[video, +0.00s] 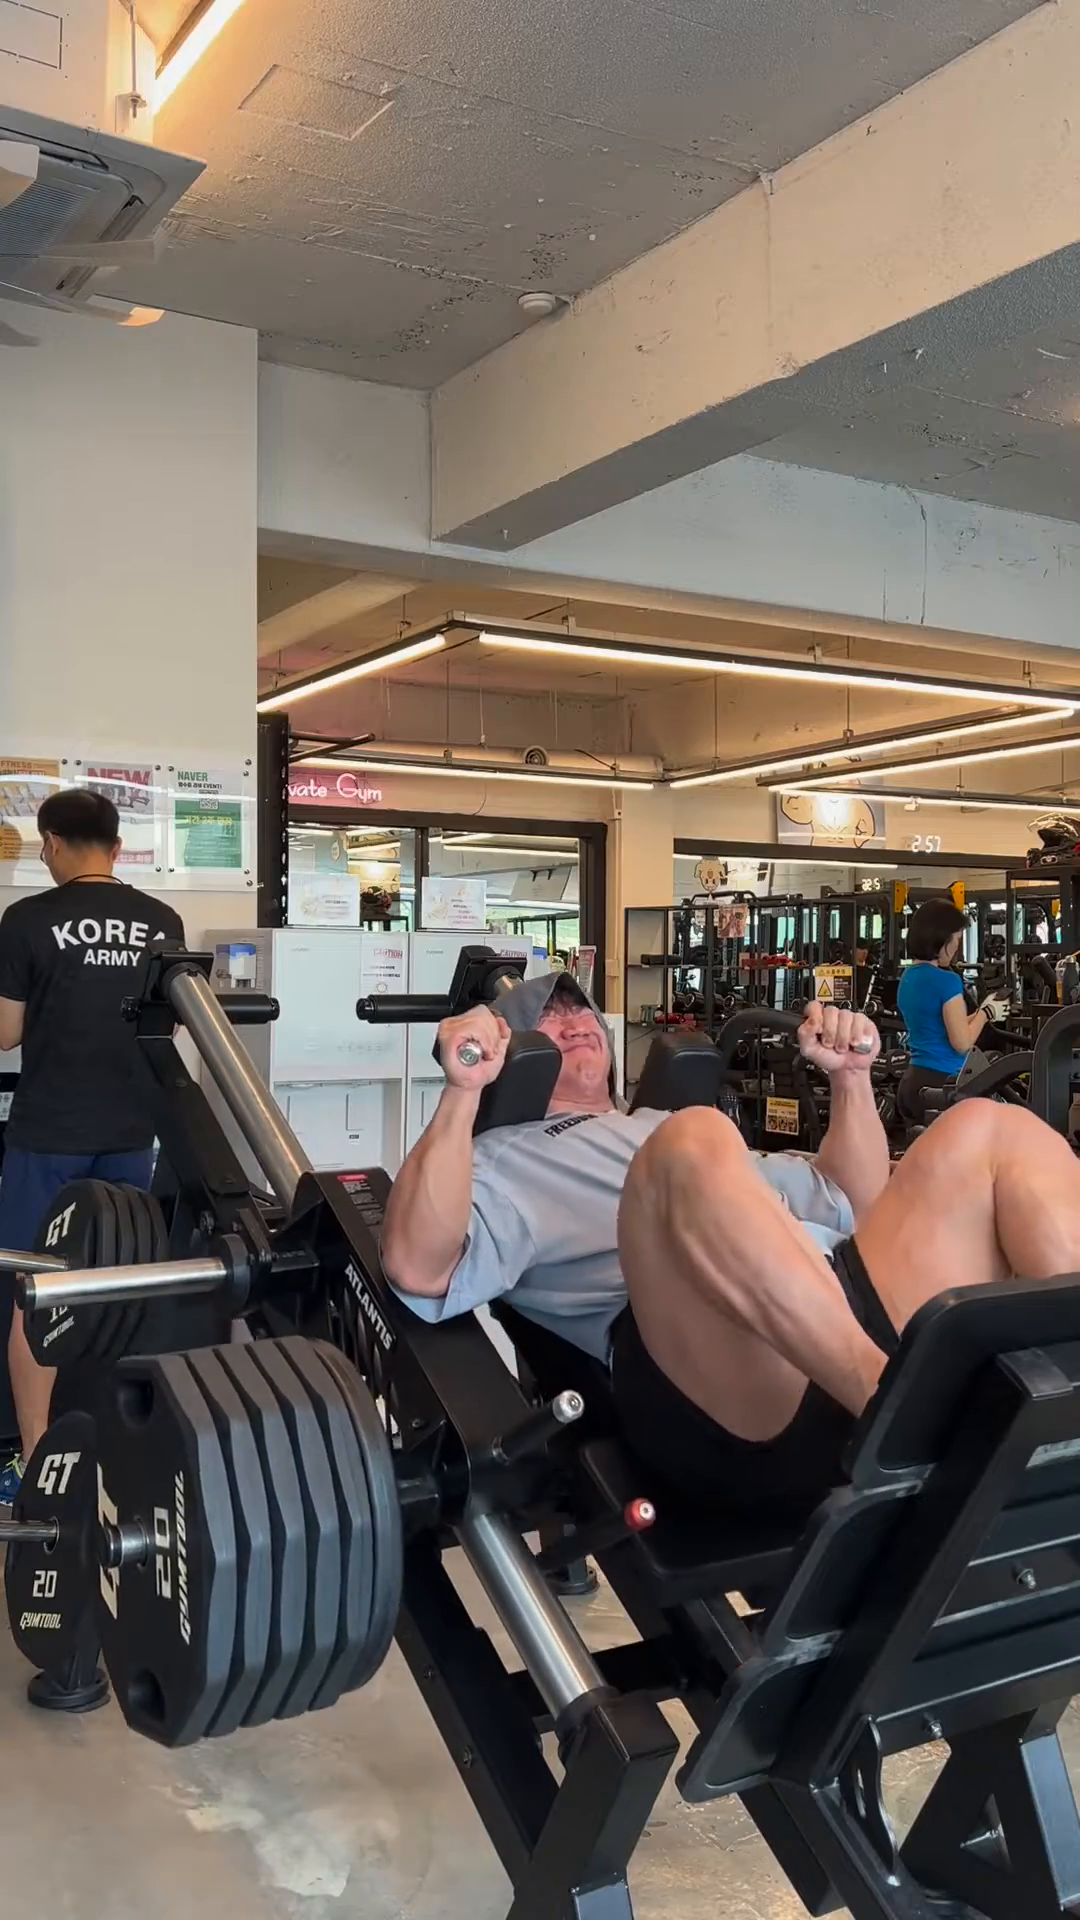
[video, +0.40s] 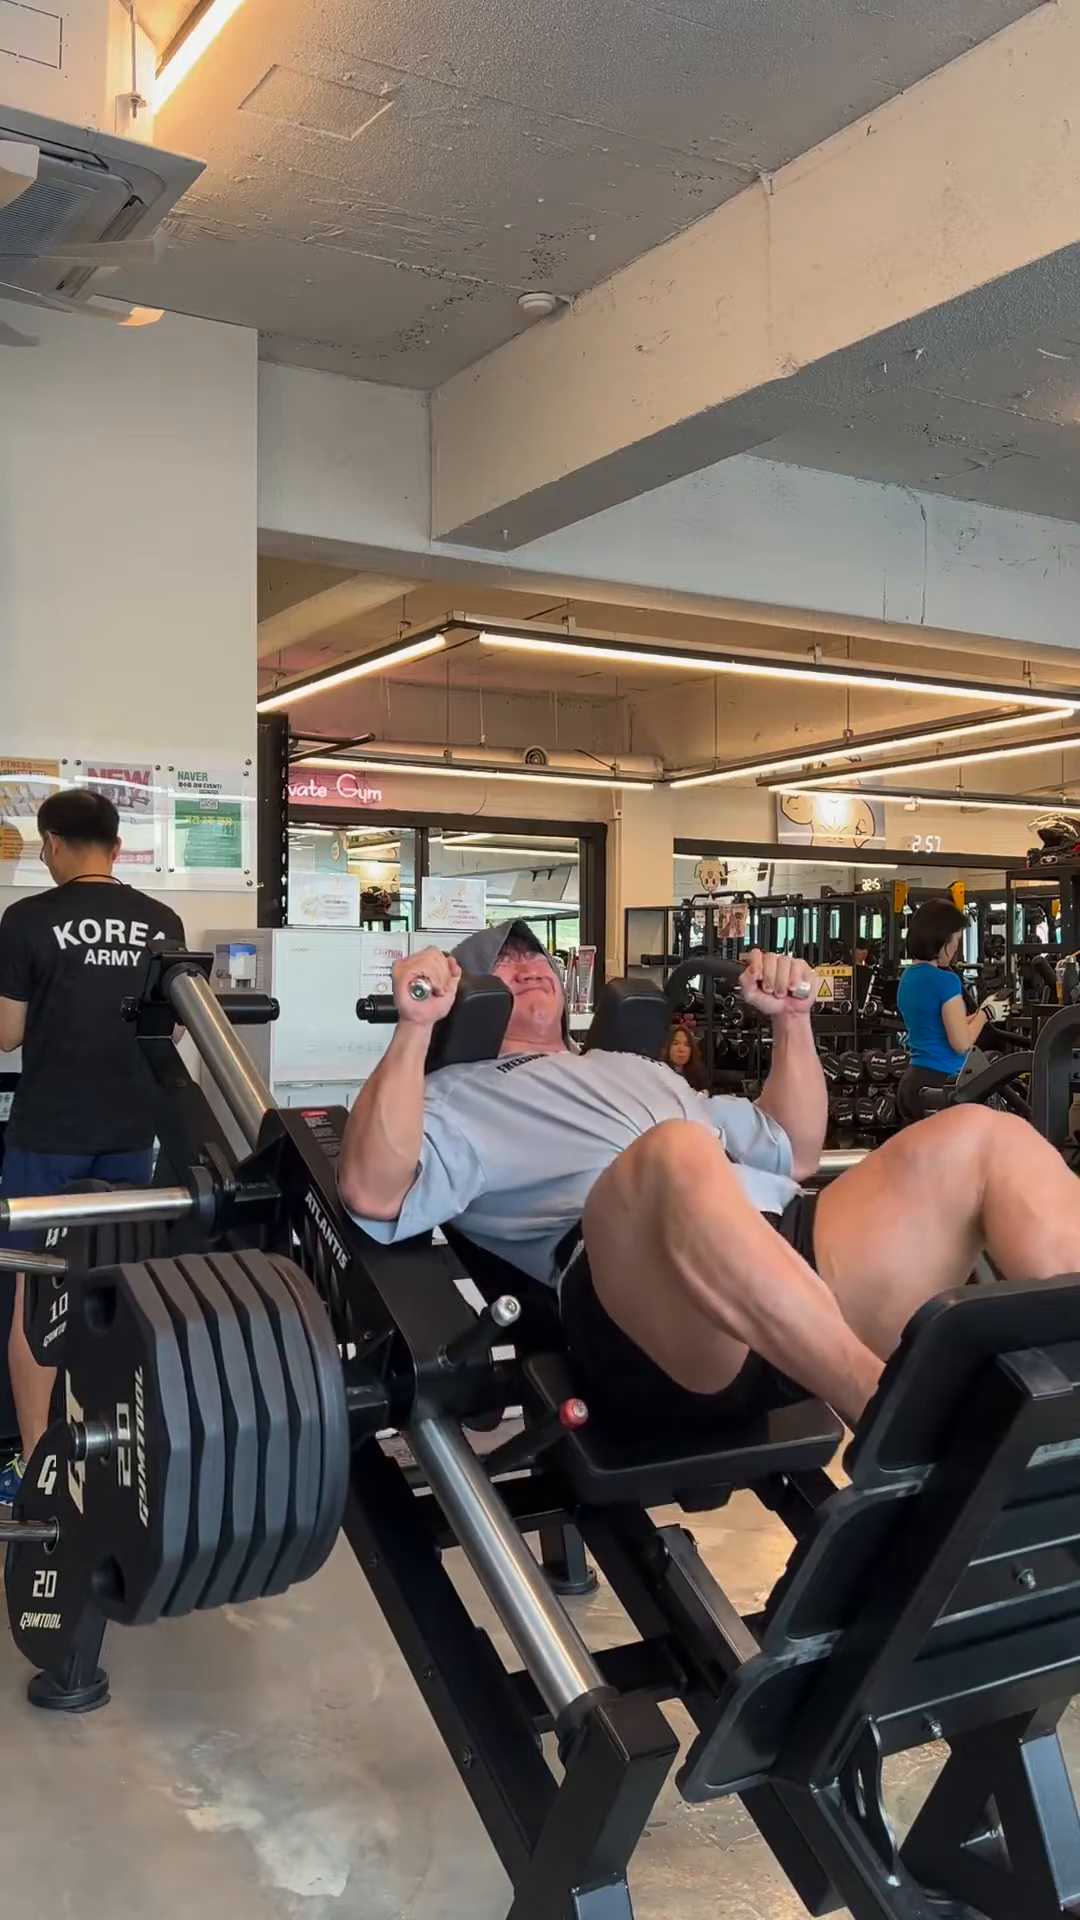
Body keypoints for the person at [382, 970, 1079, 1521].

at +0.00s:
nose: (578, 1024)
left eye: (585, 1011)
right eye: (550, 1014)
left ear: (607, 1044)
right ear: (503, 1054)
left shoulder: (666, 1131)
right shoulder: (504, 1166)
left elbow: (850, 1207)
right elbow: (417, 1270)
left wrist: (848, 1083)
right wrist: (464, 1092)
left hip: (864, 1381)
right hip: (713, 1430)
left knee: (990, 1133)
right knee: (692, 1138)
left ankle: (1071, 1380)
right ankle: (892, 1403)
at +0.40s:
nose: (536, 972)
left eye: (540, 962)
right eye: (514, 966)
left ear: (560, 989)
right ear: (476, 1004)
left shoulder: (635, 1071)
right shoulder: (458, 1102)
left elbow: (792, 1150)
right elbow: (372, 1195)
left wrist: (792, 1023)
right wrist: (414, 1028)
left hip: (797, 1279)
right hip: (650, 1331)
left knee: (986, 1142)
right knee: (676, 1154)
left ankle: (1075, 1373)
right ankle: (893, 1418)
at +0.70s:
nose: (496, 919)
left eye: (502, 913)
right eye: (472, 914)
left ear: (522, 945)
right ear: (433, 956)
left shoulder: (596, 1021)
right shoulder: (420, 1044)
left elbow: (741, 1090)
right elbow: (333, 1128)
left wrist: (738, 970)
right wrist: (371, 973)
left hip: (732, 1198)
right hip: (585, 1226)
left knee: (939, 1175)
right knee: (675, 1189)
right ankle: (896, 1424)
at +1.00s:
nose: (469, 891)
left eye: (479, 887)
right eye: (449, 886)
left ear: (503, 921)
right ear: (416, 926)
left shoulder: (571, 989)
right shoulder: (399, 1015)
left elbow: (713, 1070)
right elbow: (314, 1096)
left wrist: (716, 951)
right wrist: (350, 948)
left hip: (699, 1148)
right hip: (564, 1166)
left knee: (864, 1222)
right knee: (698, 1264)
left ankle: (1054, 1349)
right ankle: (902, 1438)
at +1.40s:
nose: (476, 897)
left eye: (485, 892)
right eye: (456, 891)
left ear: (507, 922)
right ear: (427, 929)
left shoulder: (577, 994)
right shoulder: (407, 1017)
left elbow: (716, 1076)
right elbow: (317, 1104)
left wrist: (720, 954)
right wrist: (353, 953)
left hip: (694, 1146)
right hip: (563, 1167)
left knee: (872, 1220)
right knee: (700, 1269)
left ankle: (1059, 1347)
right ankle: (904, 1437)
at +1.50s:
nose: (473, 895)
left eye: (483, 892)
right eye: (453, 891)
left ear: (508, 925)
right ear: (425, 931)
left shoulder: (577, 994)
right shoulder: (406, 1016)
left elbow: (716, 1075)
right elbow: (317, 1103)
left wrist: (720, 955)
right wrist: (354, 952)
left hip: (693, 1150)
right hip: (562, 1169)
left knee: (868, 1218)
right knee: (700, 1268)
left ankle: (1055, 1351)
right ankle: (902, 1434)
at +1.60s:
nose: (471, 897)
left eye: (482, 892)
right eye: (452, 892)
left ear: (507, 923)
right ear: (425, 930)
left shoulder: (577, 994)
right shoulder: (407, 1015)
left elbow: (716, 1075)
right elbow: (317, 1102)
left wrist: (720, 955)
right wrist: (354, 952)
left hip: (692, 1150)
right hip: (560, 1170)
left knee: (861, 1217)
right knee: (699, 1267)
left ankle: (1055, 1349)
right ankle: (902, 1438)